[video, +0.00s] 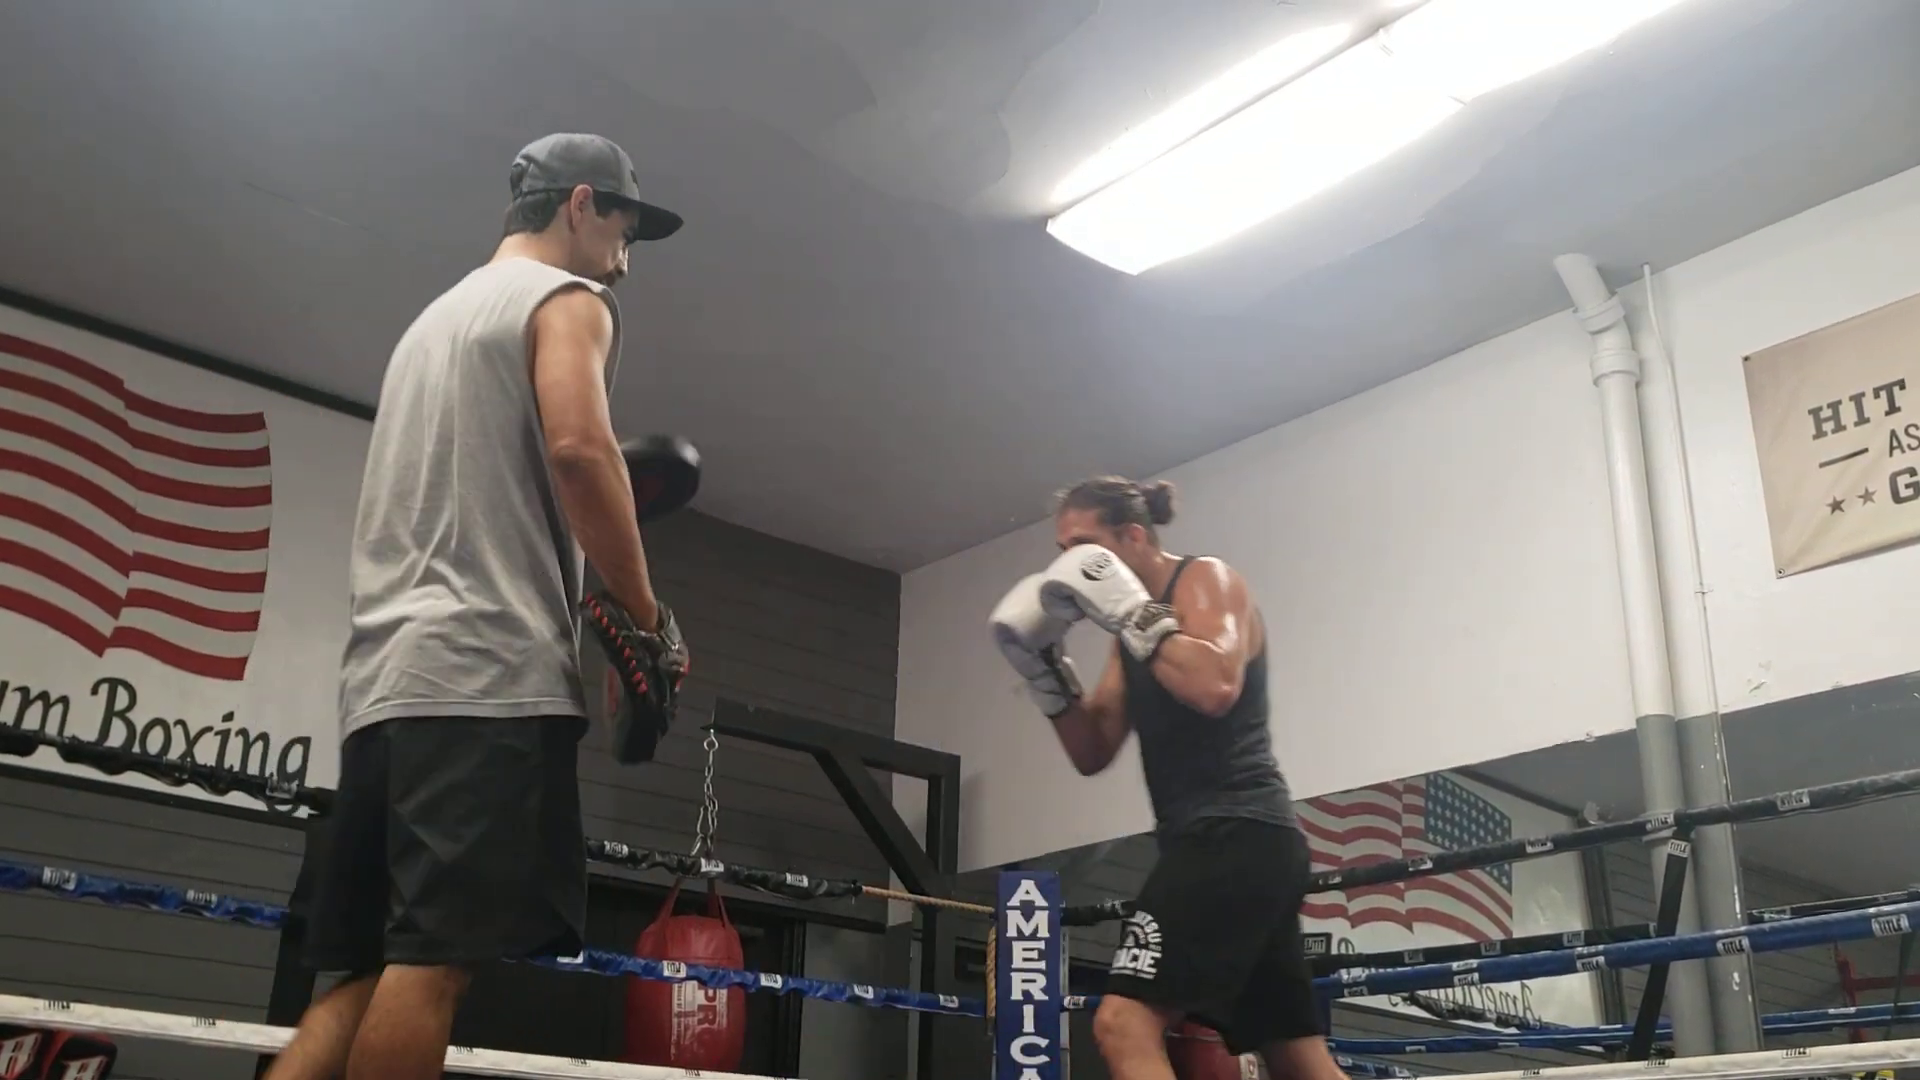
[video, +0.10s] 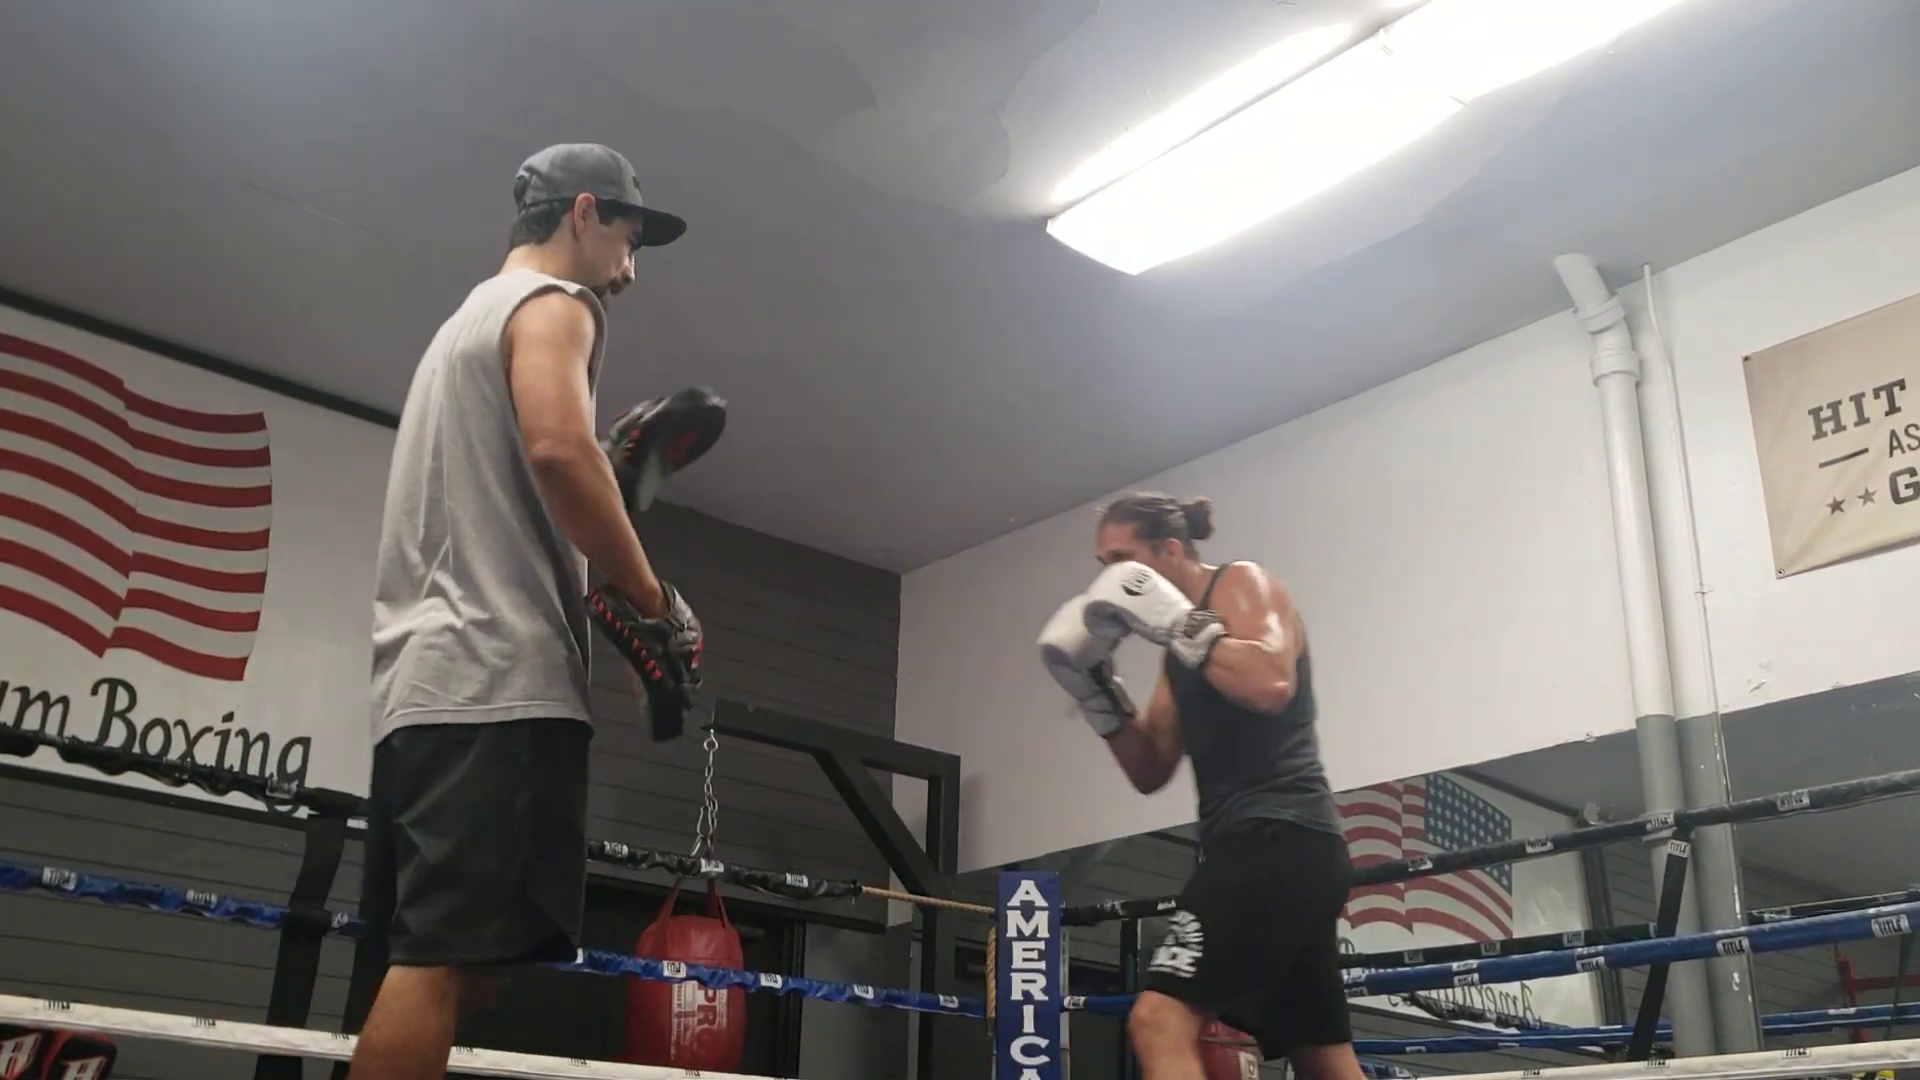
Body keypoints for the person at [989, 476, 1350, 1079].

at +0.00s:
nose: (1076, 567)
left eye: (1084, 547)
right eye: (1069, 553)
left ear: (1133, 537)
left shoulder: (1208, 578)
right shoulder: (1136, 630)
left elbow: (1215, 686)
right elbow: (1092, 751)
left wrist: (1131, 610)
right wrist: (1043, 668)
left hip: (1235, 839)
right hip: (1213, 841)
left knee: (1124, 1024)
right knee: (1300, 1057)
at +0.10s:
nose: (1115, 580)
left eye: (1123, 561)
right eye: (1108, 567)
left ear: (1170, 550)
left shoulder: (1241, 580)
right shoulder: (1183, 649)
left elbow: (1271, 686)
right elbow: (1150, 770)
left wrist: (1173, 618)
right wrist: (1095, 685)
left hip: (1275, 838)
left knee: (1160, 1021)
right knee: (1326, 1056)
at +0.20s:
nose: (1147, 582)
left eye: (1155, 561)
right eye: (1140, 567)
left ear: (1205, 551)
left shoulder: (1270, 577)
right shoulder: (1216, 654)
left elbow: (1320, 671)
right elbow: (1190, 775)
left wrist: (1215, 617)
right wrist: (1131, 690)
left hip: (1309, 825)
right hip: (1280, 834)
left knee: (1204, 1005)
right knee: (1339, 1056)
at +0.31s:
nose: (1167, 573)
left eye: (1177, 551)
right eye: (1161, 558)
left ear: (1231, 544)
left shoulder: (1290, 569)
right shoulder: (1239, 653)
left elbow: (1343, 657)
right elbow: (1202, 765)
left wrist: (1240, 604)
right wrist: (1148, 680)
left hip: (1328, 816)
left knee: (1225, 993)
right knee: (1348, 1058)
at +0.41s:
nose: (1184, 557)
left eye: (1193, 539)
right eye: (1177, 545)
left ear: (1247, 532)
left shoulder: (1305, 562)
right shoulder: (1249, 644)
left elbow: (1342, 648)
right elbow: (1201, 751)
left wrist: (1242, 590)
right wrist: (1152, 662)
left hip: (1340, 817)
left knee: (1261, 1001)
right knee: (1353, 1055)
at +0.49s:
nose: (1194, 552)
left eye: (1207, 536)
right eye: (1191, 540)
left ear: (1259, 534)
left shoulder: (1323, 569)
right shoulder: (1260, 640)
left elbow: (1329, 653)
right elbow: (1174, 727)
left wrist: (1217, 603)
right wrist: (1133, 645)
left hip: (1360, 822)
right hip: (1323, 833)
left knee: (1271, 1008)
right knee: (1329, 1050)